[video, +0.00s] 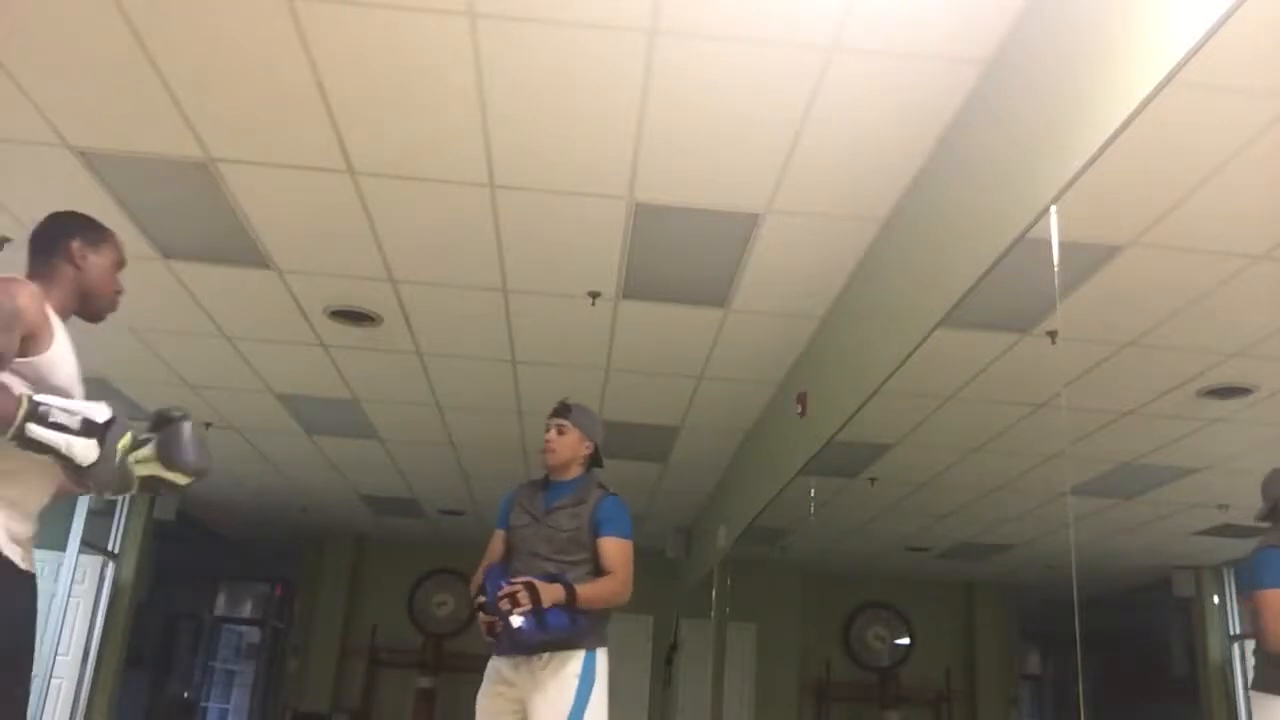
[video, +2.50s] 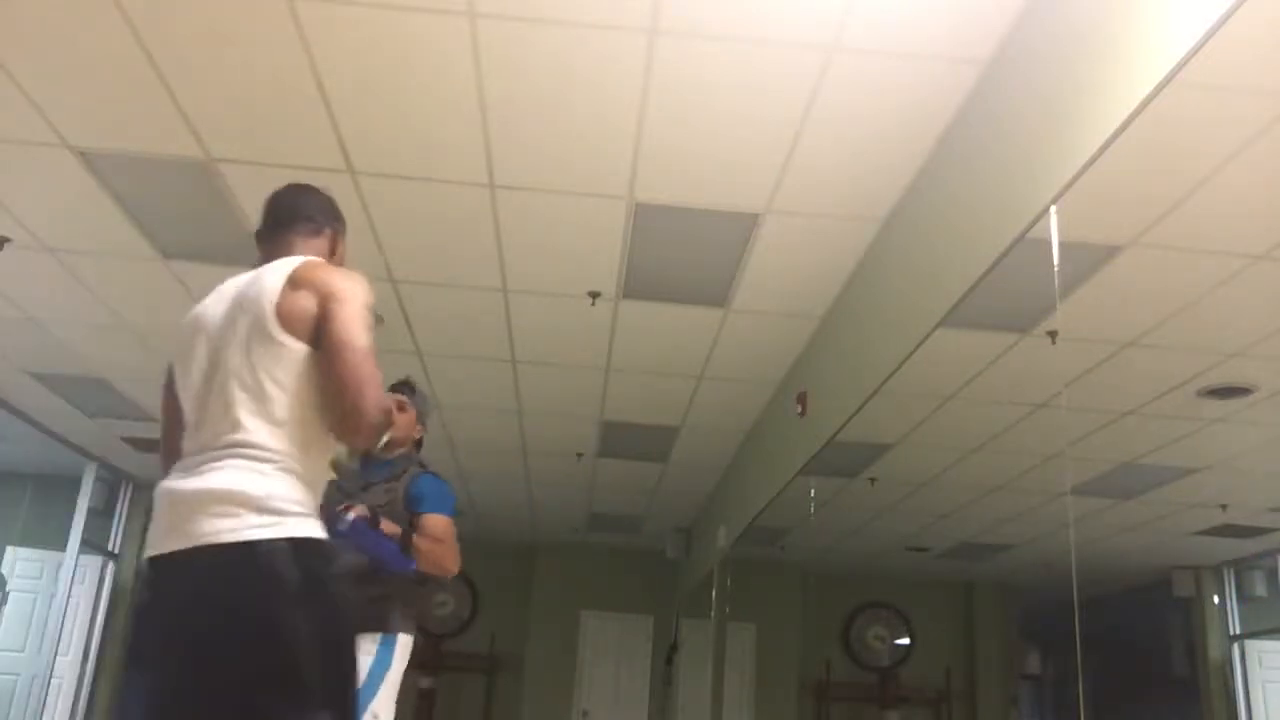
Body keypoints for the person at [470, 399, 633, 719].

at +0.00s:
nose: (548, 437)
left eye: (561, 431)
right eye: (547, 430)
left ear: (587, 447)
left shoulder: (605, 506)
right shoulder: (518, 499)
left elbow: (620, 587)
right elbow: (488, 567)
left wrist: (555, 593)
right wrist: (485, 603)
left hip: (569, 664)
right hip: (507, 660)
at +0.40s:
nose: (511, 434)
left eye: (524, 427)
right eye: (510, 427)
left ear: (549, 442)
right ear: (507, 436)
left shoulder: (568, 498)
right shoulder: (490, 499)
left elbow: (577, 577)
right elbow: (461, 561)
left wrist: (503, 577)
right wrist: (450, 591)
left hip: (530, 659)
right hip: (468, 654)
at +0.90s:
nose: (468, 432)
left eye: (480, 425)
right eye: (465, 424)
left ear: (505, 439)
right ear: (460, 432)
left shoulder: (520, 492)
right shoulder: (439, 493)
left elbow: (533, 568)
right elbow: (409, 551)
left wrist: (462, 545)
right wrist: (394, 592)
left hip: (480, 639)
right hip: (425, 637)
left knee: (466, 713)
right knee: (412, 713)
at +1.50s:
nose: (443, 408)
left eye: (457, 403)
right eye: (441, 401)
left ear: (480, 424)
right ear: (432, 413)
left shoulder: (489, 488)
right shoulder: (404, 476)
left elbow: (506, 575)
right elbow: (366, 542)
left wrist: (442, 572)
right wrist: (347, 581)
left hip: (445, 640)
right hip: (390, 637)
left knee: (427, 712)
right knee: (387, 712)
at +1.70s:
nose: (430, 400)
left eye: (445, 395)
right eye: (428, 393)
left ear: (468, 417)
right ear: (420, 406)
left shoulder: (474, 478)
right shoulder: (395, 465)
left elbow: (484, 564)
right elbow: (355, 529)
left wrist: (406, 528)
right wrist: (316, 567)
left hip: (433, 636)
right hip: (381, 632)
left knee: (417, 712)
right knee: (367, 712)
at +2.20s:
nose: (391, 419)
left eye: (404, 413)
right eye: (387, 411)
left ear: (427, 428)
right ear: (380, 419)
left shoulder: (434, 482)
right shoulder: (356, 480)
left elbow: (434, 563)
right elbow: (336, 545)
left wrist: (368, 531)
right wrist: (291, 547)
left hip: (392, 634)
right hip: (343, 628)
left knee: (372, 712)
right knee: (327, 712)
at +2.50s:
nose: (388, 412)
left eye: (402, 407)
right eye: (384, 405)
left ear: (419, 430)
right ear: (372, 414)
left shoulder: (424, 484)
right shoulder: (343, 477)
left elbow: (446, 561)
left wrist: (389, 530)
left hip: (382, 623)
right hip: (328, 615)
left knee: (367, 710)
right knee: (317, 708)